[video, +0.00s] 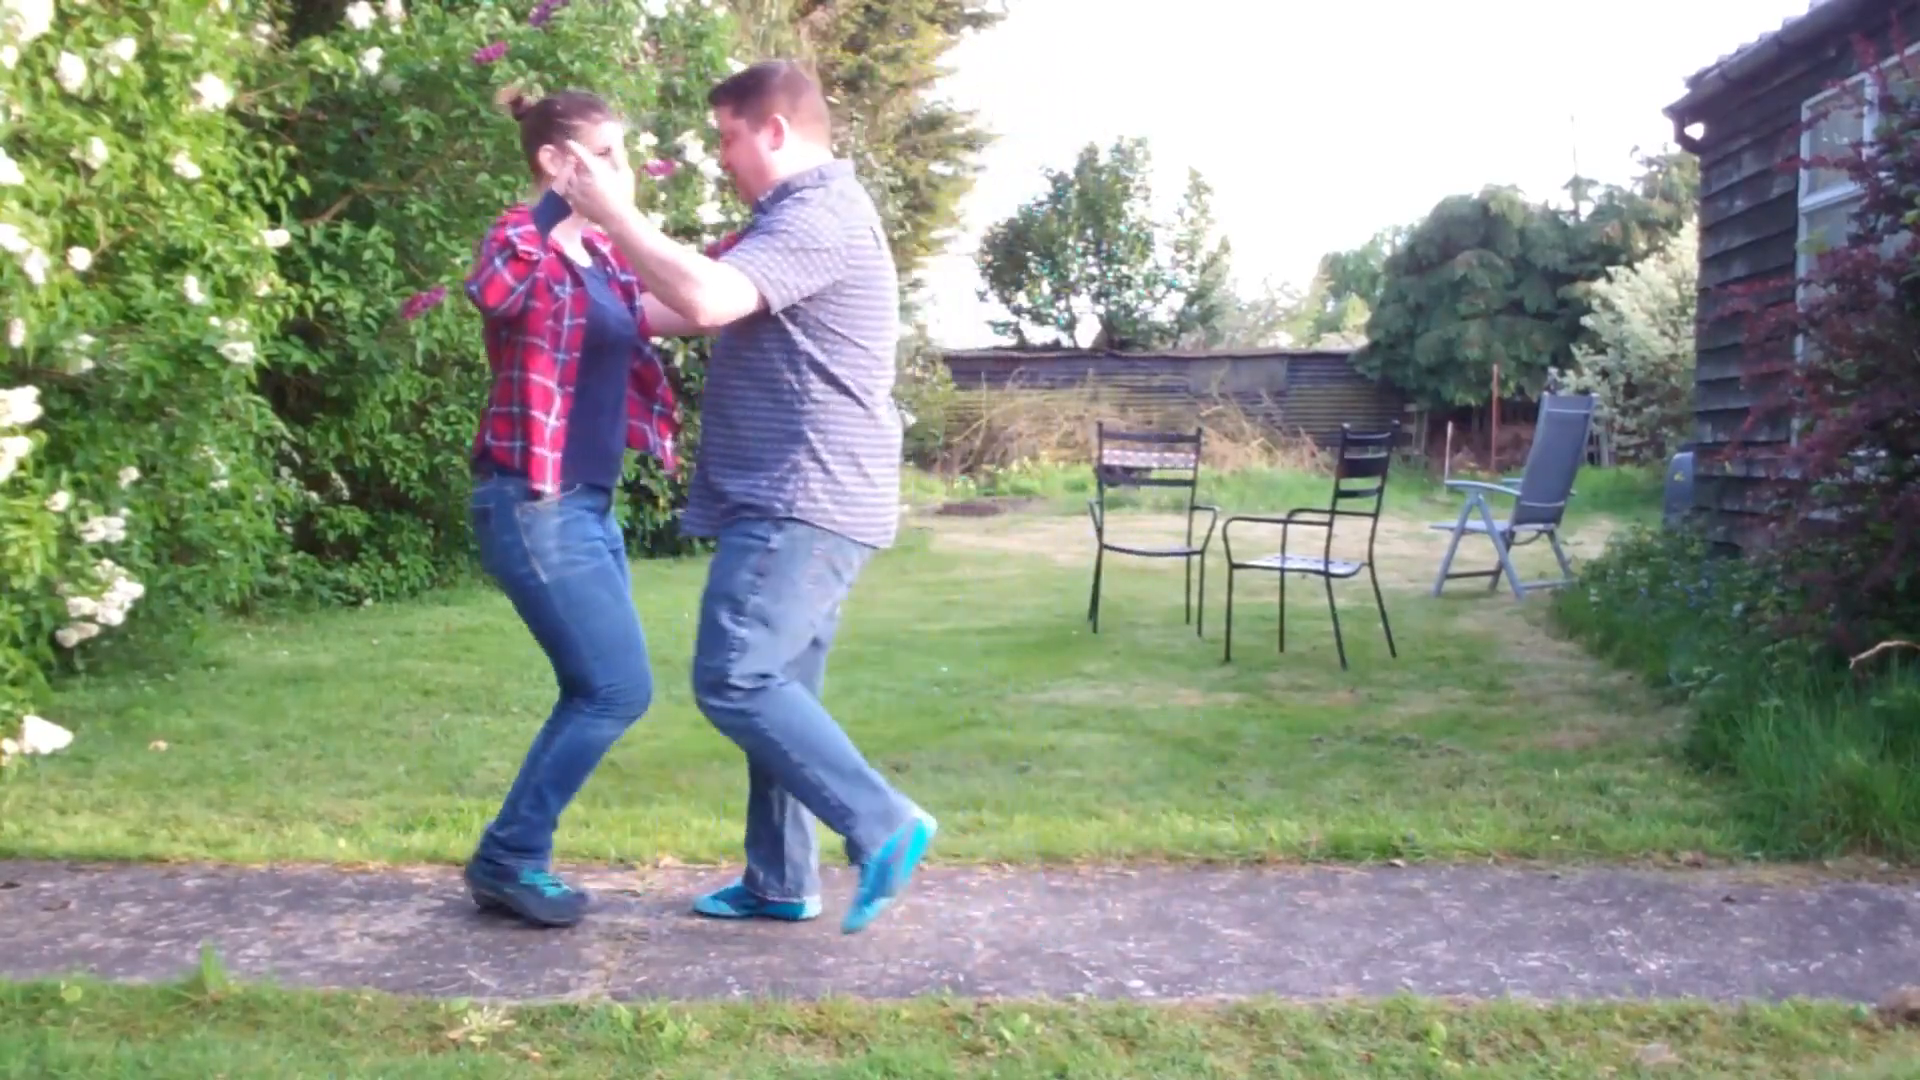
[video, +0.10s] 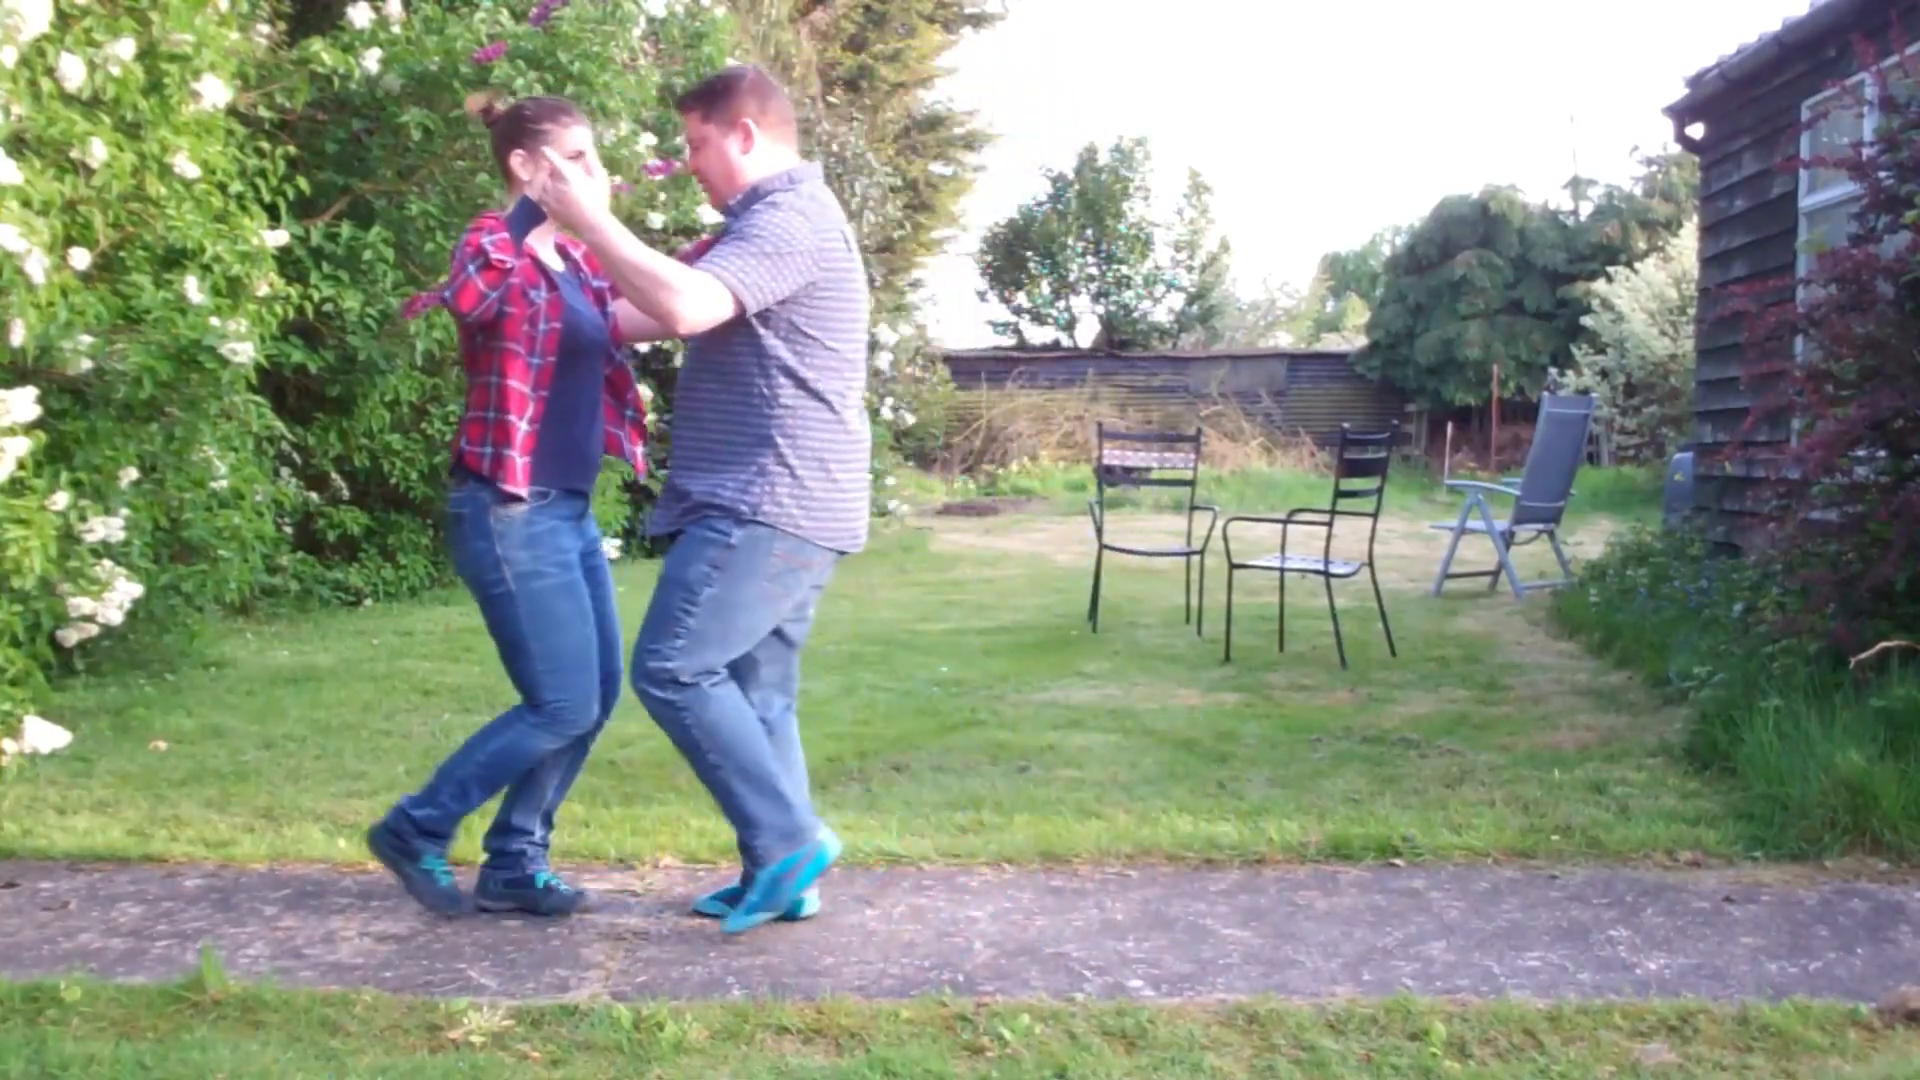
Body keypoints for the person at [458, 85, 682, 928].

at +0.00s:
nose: (622, 168)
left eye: (621, 152)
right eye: (606, 152)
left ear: (586, 160)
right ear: (556, 159)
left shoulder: (605, 256)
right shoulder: (520, 234)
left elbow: (678, 314)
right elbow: (499, 296)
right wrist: (567, 207)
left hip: (585, 501)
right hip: (530, 499)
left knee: (600, 691)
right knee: (618, 688)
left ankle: (512, 858)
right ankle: (508, 859)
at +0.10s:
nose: (592, 175)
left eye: (594, 159)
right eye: (576, 159)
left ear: (589, 170)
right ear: (526, 166)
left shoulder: (585, 260)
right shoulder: (494, 243)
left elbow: (625, 325)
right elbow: (469, 302)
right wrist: (537, 224)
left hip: (570, 508)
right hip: (507, 512)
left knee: (597, 692)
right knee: (564, 705)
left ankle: (513, 864)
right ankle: (412, 831)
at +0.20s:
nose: (563, 170)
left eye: (565, 155)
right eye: (548, 156)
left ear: (550, 164)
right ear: (497, 164)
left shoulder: (554, 251)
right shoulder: (467, 239)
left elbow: (607, 323)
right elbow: (434, 302)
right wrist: (505, 216)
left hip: (546, 507)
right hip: (482, 510)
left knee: (573, 684)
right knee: (501, 708)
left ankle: (512, 866)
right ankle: (340, 824)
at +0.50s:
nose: (497, 170)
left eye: (500, 155)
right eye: (482, 154)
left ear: (492, 163)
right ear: (428, 160)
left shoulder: (485, 259)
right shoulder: (395, 241)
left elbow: (528, 323)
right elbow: (347, 290)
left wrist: (564, 270)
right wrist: (403, 207)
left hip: (457, 505)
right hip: (384, 503)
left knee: (516, 668)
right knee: (368, 702)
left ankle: (494, 855)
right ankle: (272, 863)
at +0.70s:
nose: (481, 173)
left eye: (484, 158)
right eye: (467, 157)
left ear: (465, 165)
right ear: (416, 161)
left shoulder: (466, 258)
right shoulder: (386, 247)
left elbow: (494, 340)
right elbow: (323, 311)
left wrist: (544, 265)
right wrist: (374, 218)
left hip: (448, 501)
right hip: (377, 501)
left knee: (495, 673)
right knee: (364, 700)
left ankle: (423, 847)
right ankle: (273, 863)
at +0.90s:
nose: (489, 169)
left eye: (492, 155)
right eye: (474, 155)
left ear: (482, 164)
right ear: (422, 157)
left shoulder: (487, 259)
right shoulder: (392, 249)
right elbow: (333, 323)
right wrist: (379, 235)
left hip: (480, 499)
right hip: (411, 500)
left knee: (488, 691)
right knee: (420, 697)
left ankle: (414, 856)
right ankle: (294, 848)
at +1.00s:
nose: (499, 168)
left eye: (503, 155)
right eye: (486, 154)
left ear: (492, 166)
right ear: (434, 157)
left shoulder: (500, 251)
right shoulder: (401, 249)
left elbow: (539, 319)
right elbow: (341, 325)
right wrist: (386, 240)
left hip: (494, 494)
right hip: (429, 497)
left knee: (483, 694)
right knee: (477, 695)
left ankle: (416, 855)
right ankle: (332, 826)